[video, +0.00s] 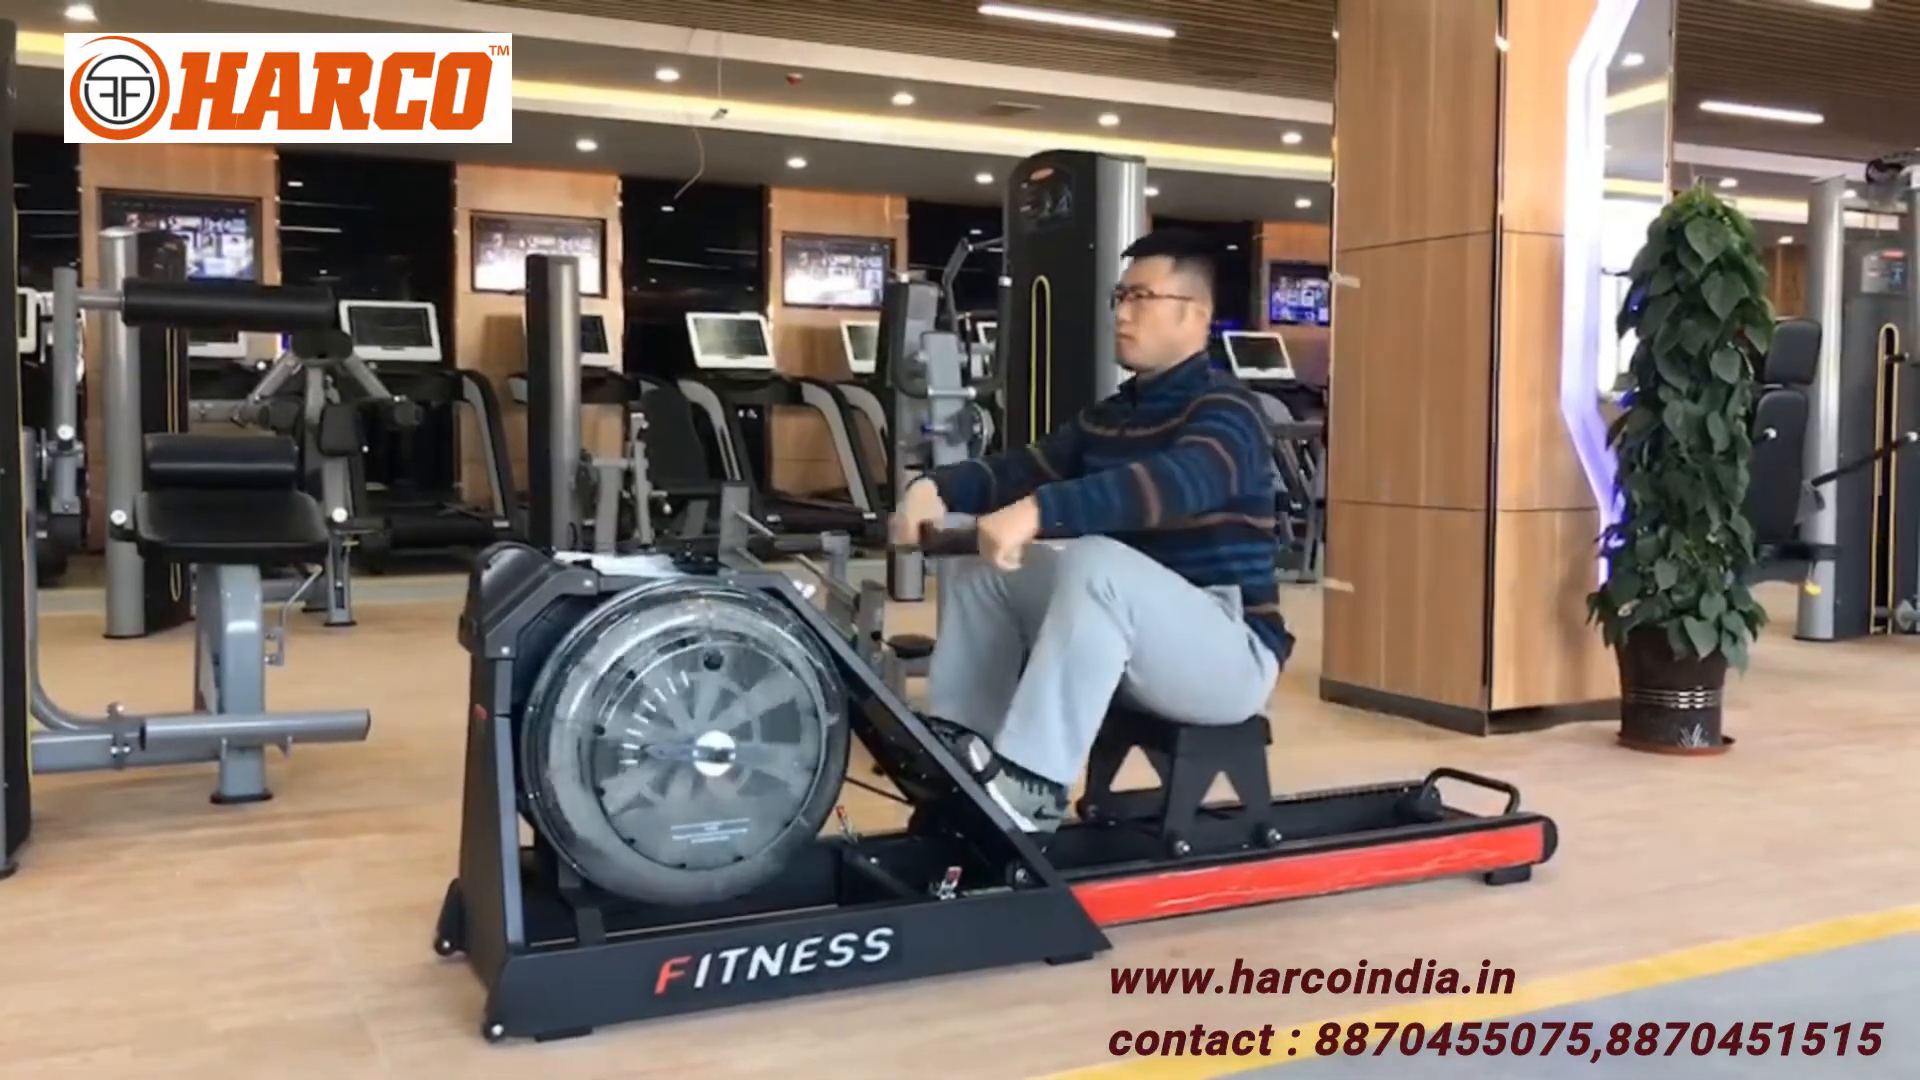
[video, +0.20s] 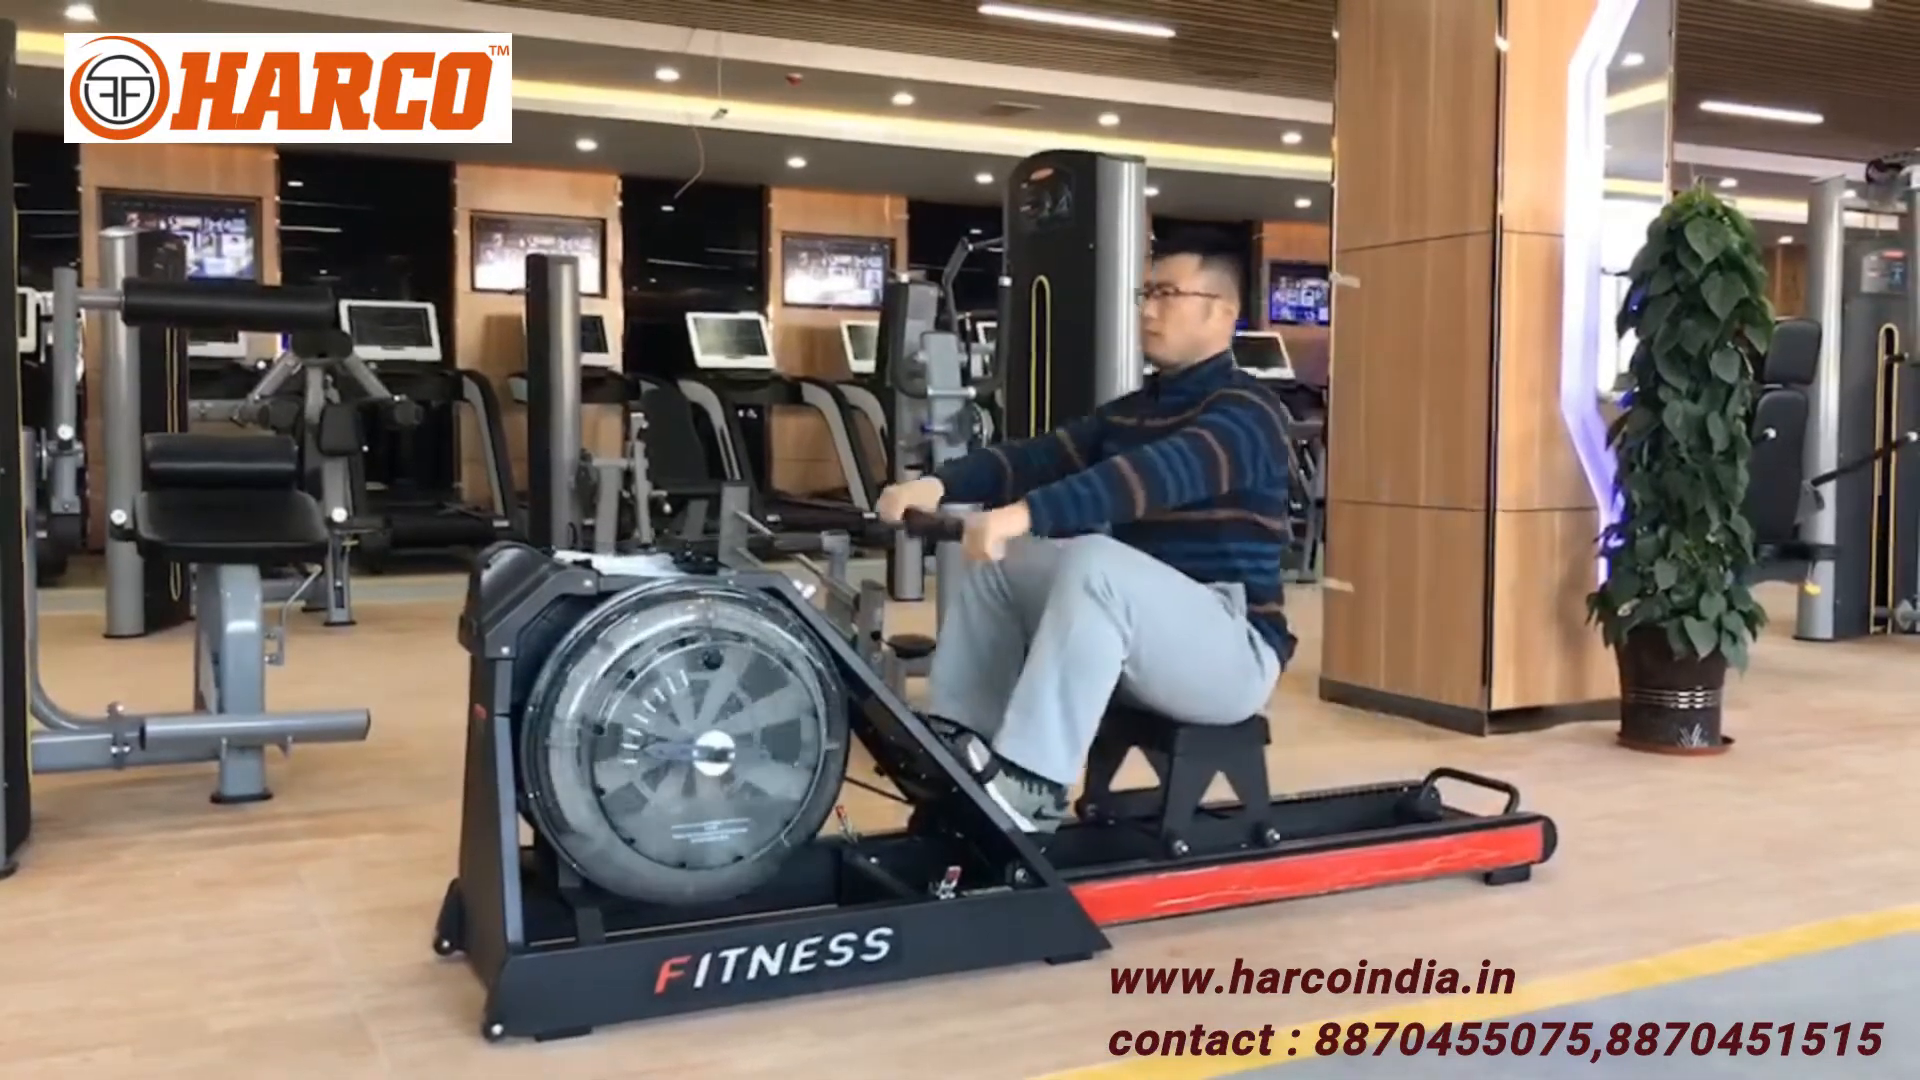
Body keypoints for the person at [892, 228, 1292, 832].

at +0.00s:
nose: (1121, 313)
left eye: (1139, 298)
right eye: (1120, 298)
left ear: (1195, 316)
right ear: (1113, 309)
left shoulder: (1227, 414)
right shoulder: (1113, 415)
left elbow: (1166, 487)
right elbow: (1034, 467)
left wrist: (1039, 509)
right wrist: (940, 487)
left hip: (1230, 652)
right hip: (1127, 637)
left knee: (1097, 566)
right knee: (974, 564)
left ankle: (1034, 784)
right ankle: (959, 758)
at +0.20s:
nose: (1148, 310)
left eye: (1167, 295)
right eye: (1148, 295)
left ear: (1223, 316)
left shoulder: (1247, 413)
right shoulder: (1136, 410)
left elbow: (1146, 479)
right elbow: (1046, 457)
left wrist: (1026, 514)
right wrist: (941, 486)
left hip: (1233, 650)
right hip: (1138, 627)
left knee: (1096, 567)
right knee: (986, 553)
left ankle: (1035, 784)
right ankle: (963, 746)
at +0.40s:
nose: (1231, 309)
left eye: (1253, 298)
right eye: (1231, 296)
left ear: (1306, 322)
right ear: (1224, 307)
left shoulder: (1322, 416)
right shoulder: (1210, 411)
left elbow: (1221, 465)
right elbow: (1118, 448)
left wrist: (1100, 492)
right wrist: (1000, 471)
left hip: (1280, 644)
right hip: (1188, 619)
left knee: (1133, 581)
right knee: (1032, 572)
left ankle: (1038, 786)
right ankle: (959, 747)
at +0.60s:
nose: (1326, 329)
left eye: (1346, 316)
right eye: (1325, 315)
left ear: (1399, 330)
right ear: (1322, 321)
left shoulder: (1418, 417)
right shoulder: (1297, 410)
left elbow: (1324, 412)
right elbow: (1212, 420)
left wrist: (1217, 397)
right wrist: (1107, 404)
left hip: (1343, 637)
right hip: (1262, 619)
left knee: (1185, 619)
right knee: (1090, 601)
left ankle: (1051, 790)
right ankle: (968, 756)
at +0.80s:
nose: (1417, 352)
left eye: (1437, 339)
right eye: (1405, 338)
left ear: (1477, 348)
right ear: (1392, 341)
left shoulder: (1492, 433)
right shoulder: (1358, 425)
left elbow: (1424, 372)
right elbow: (1271, 392)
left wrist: (1326, 320)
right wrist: (1202, 345)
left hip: (1383, 646)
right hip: (1294, 620)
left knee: (1219, 673)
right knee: (1130, 640)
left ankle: (1068, 805)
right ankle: (989, 756)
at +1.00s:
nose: (1430, 361)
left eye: (1449, 353)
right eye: (1428, 350)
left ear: (1490, 367)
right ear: (1424, 366)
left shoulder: (1523, 450)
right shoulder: (1397, 434)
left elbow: (1497, 343)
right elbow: (1333, 373)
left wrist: (1413, 267)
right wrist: (1293, 300)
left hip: (1402, 649)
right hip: (1313, 621)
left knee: (1241, 710)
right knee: (1170, 684)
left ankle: (1078, 823)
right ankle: (996, 759)